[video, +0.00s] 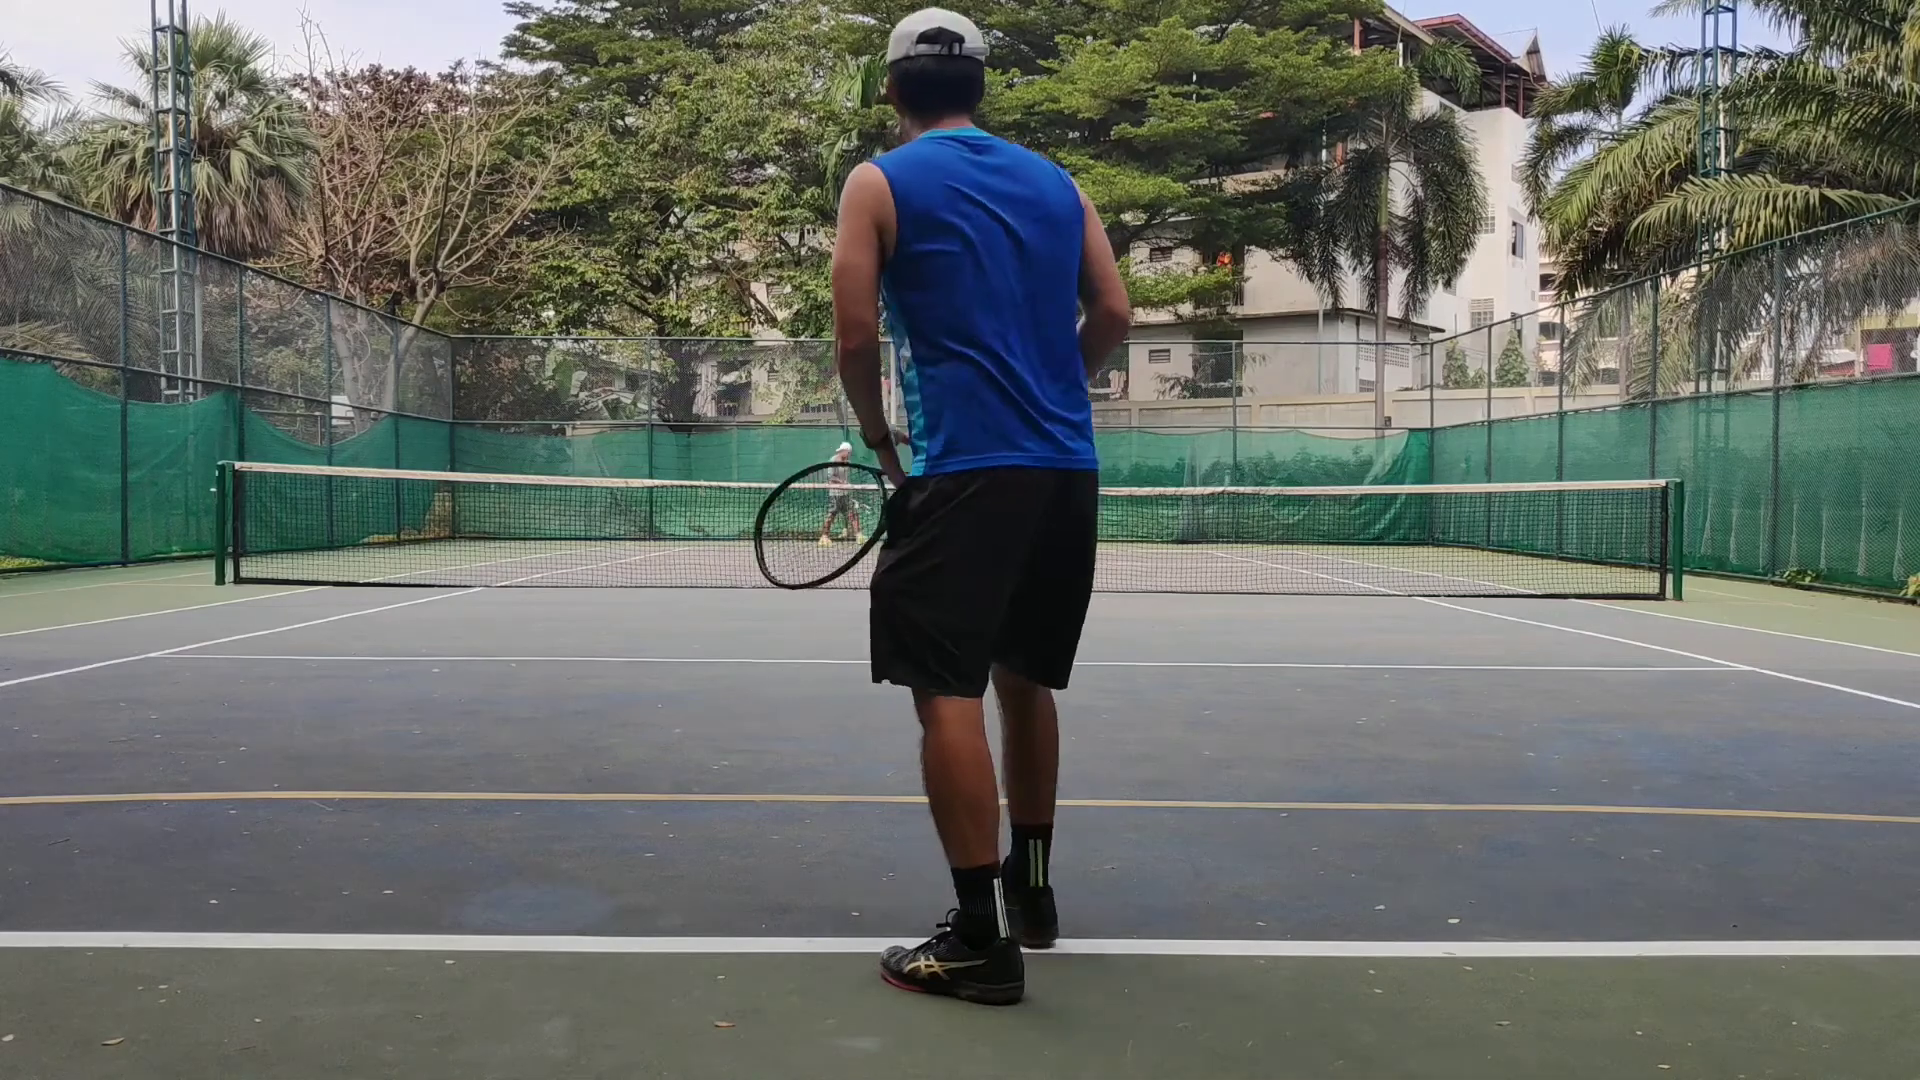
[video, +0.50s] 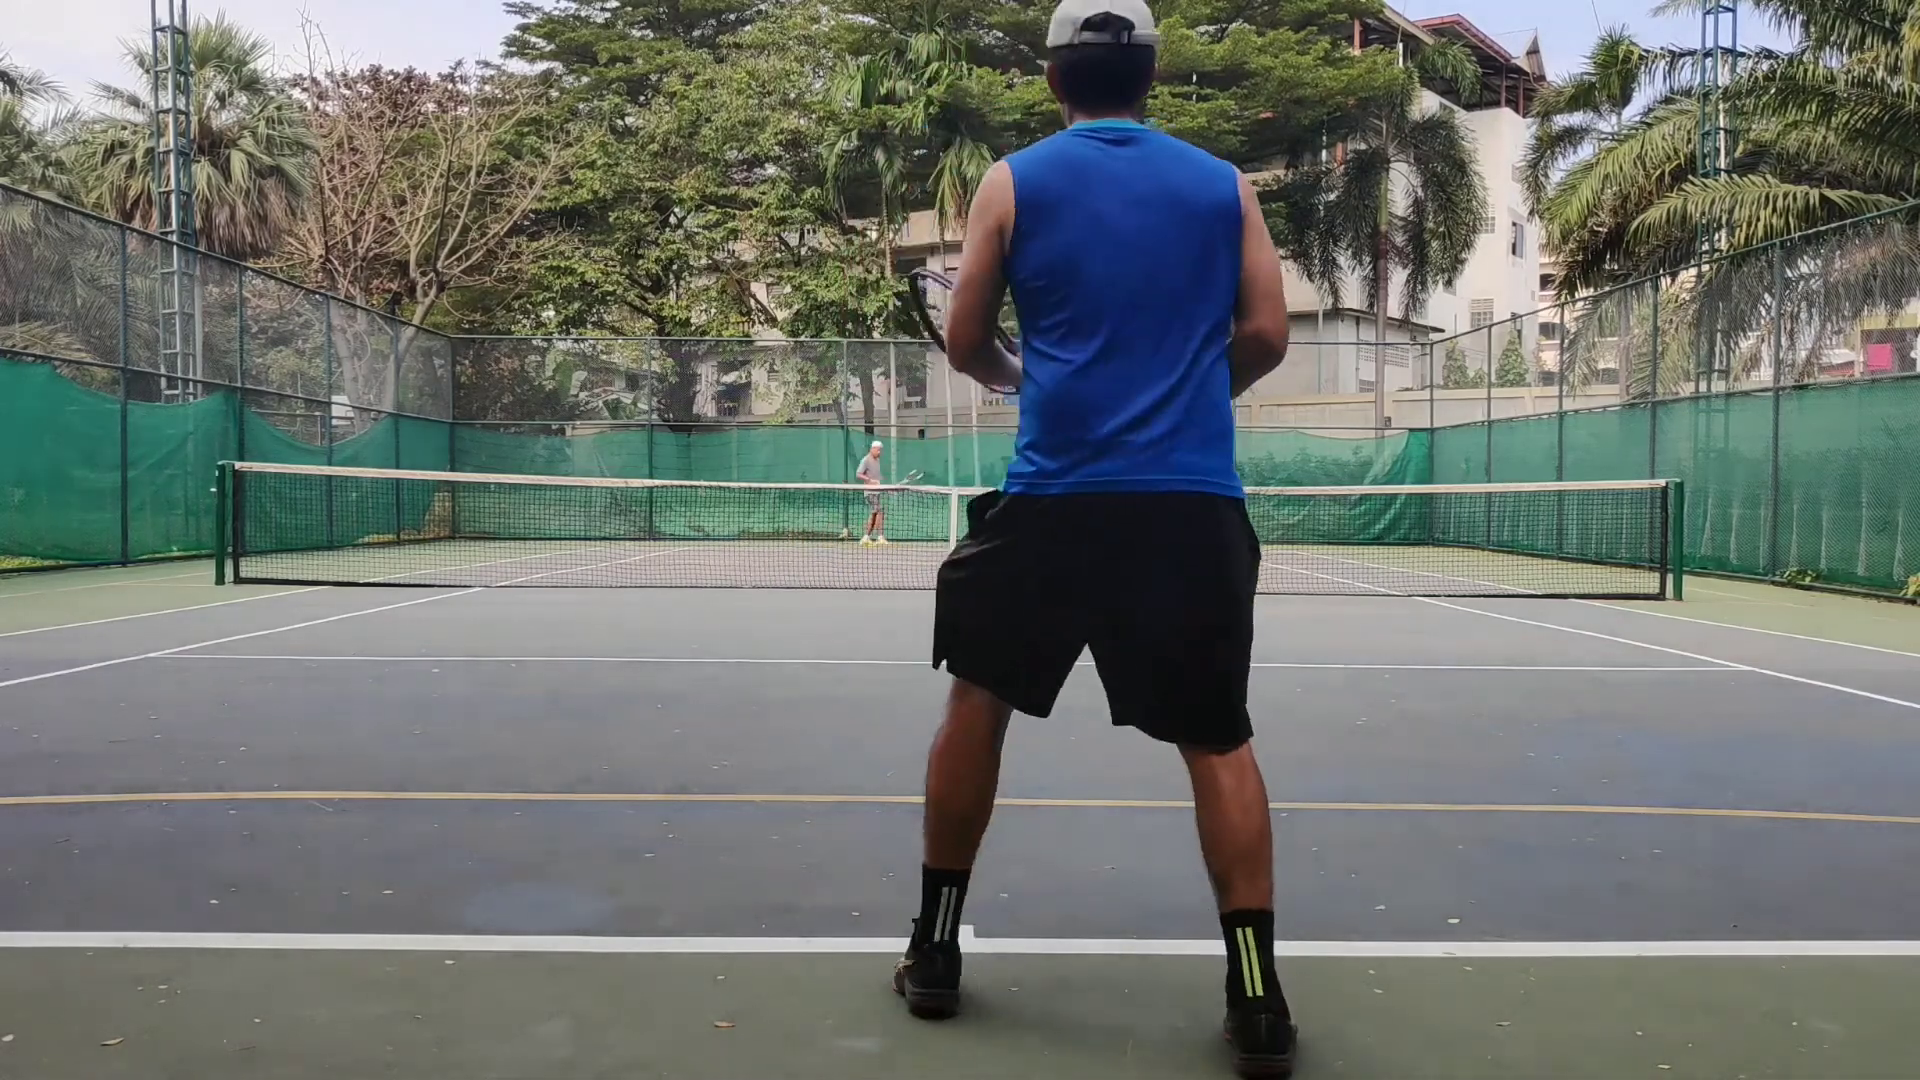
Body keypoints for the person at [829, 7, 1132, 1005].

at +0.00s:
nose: (886, 113)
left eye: (885, 101)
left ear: (896, 100)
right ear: (981, 97)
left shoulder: (881, 180)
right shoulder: (1058, 183)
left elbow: (853, 335)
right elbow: (1112, 315)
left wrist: (878, 436)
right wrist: (1059, 381)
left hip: (963, 481)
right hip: (1068, 480)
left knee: (947, 692)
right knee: (1027, 680)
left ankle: (979, 938)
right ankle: (1029, 887)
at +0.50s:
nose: (1060, 91)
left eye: (1056, 78)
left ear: (1054, 86)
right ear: (1148, 83)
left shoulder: (1013, 180)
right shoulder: (1223, 184)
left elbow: (962, 337)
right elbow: (1267, 332)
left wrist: (1014, 374)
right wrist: (1185, 388)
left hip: (1049, 512)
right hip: (1192, 514)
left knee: (976, 707)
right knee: (1220, 740)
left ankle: (936, 950)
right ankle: (1256, 993)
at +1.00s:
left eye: (1079, 41)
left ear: (1073, 56)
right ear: (1174, 58)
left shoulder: (1011, 168)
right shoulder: (1236, 157)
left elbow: (958, 324)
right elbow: (1284, 320)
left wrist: (1040, 363)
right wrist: (1219, 406)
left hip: (1058, 525)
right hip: (1207, 513)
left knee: (1075, 759)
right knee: (1314, 744)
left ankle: (1105, 1012)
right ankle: (1433, 1006)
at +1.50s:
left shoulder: (1071, 89)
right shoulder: (1323, 88)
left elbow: (1027, 268)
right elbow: (1382, 253)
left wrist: (1109, 286)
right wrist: (1306, 354)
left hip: (1092, 475)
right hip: (1250, 482)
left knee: (1005, 722)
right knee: (1255, 747)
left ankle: (918, 1004)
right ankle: (1272, 1030)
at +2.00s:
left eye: (1106, 16)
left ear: (1113, 15)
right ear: (1228, 16)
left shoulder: (1042, 122)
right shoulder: (1292, 110)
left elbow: (965, 294)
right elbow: (1338, 298)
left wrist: (1051, 337)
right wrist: (1246, 388)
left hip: (1054, 494)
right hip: (1217, 498)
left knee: (1017, 756)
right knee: (1324, 768)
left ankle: (911, 1032)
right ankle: (1348, 1054)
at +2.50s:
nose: (1278, 51)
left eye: (1273, 39)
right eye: (1278, 35)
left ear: (1159, 26)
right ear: (1266, 35)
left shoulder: (1132, 117)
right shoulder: (1192, 102)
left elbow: (1239, 318)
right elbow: (1219, 287)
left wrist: (1408, 345)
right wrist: (1409, 371)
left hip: (981, 507)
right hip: (1076, 505)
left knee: (1057, 779)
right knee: (1294, 786)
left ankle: (903, 1047)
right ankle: (1288, 1076)